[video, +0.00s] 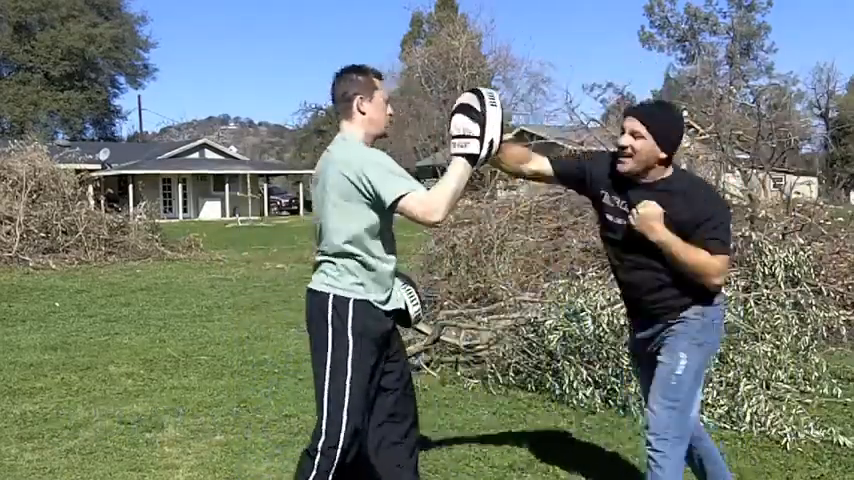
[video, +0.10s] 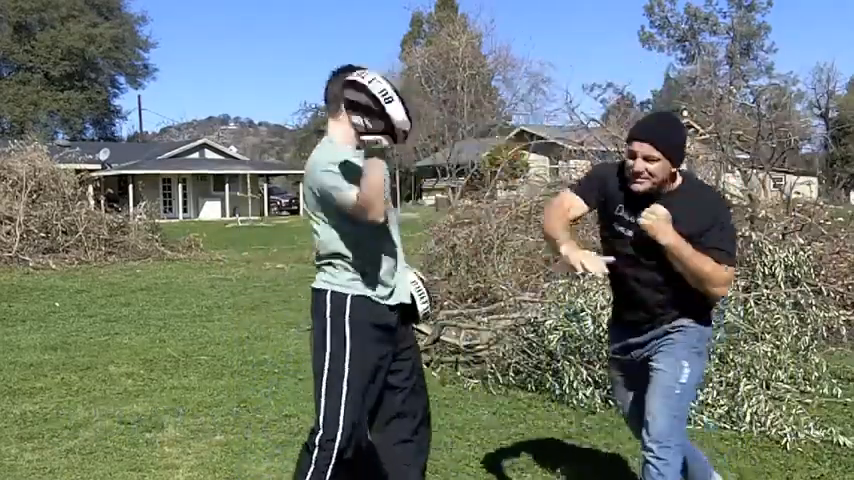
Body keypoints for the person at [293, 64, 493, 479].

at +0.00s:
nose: (390, 111)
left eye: (389, 102)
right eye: (385, 101)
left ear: (354, 106)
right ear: (360, 104)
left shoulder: (337, 157)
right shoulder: (362, 159)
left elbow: (346, 235)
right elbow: (431, 210)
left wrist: (387, 281)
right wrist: (466, 154)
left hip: (369, 302)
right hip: (345, 302)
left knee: (393, 423)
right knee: (340, 428)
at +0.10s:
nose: (381, 121)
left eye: (380, 114)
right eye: (377, 111)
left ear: (343, 107)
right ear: (358, 106)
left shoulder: (359, 161)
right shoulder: (325, 163)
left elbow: (377, 237)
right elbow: (372, 212)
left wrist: (403, 274)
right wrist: (376, 155)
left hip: (385, 300)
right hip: (347, 300)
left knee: (405, 424)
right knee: (338, 427)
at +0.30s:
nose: (379, 113)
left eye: (379, 104)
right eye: (372, 104)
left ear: (345, 105)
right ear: (341, 106)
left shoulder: (379, 155)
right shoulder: (308, 167)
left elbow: (394, 212)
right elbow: (260, 235)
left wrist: (420, 252)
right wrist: (256, 182)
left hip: (396, 308)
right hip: (340, 309)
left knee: (413, 421)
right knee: (325, 426)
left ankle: (411, 473)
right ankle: (309, 475)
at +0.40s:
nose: (379, 114)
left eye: (379, 104)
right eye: (372, 104)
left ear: (345, 105)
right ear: (340, 105)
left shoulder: (379, 156)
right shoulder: (304, 160)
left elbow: (401, 212)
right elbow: (259, 239)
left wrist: (433, 247)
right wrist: (276, 183)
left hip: (393, 312)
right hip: (334, 312)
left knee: (415, 434)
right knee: (318, 435)